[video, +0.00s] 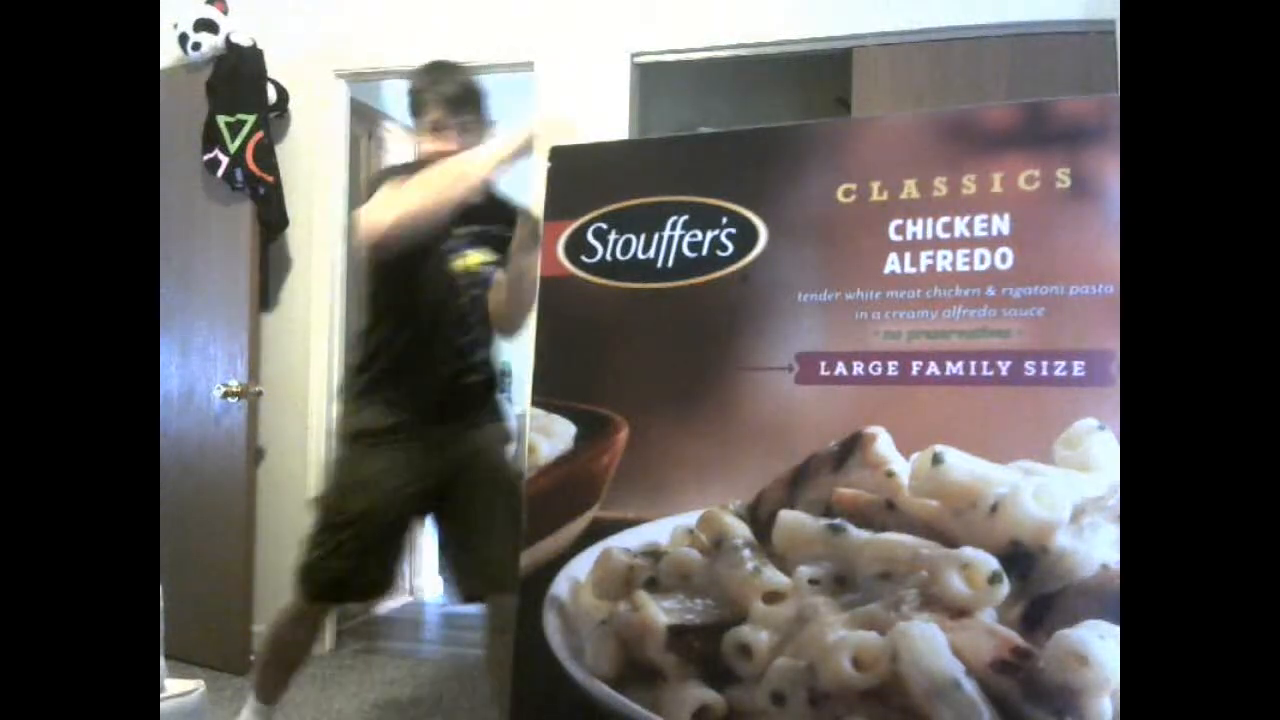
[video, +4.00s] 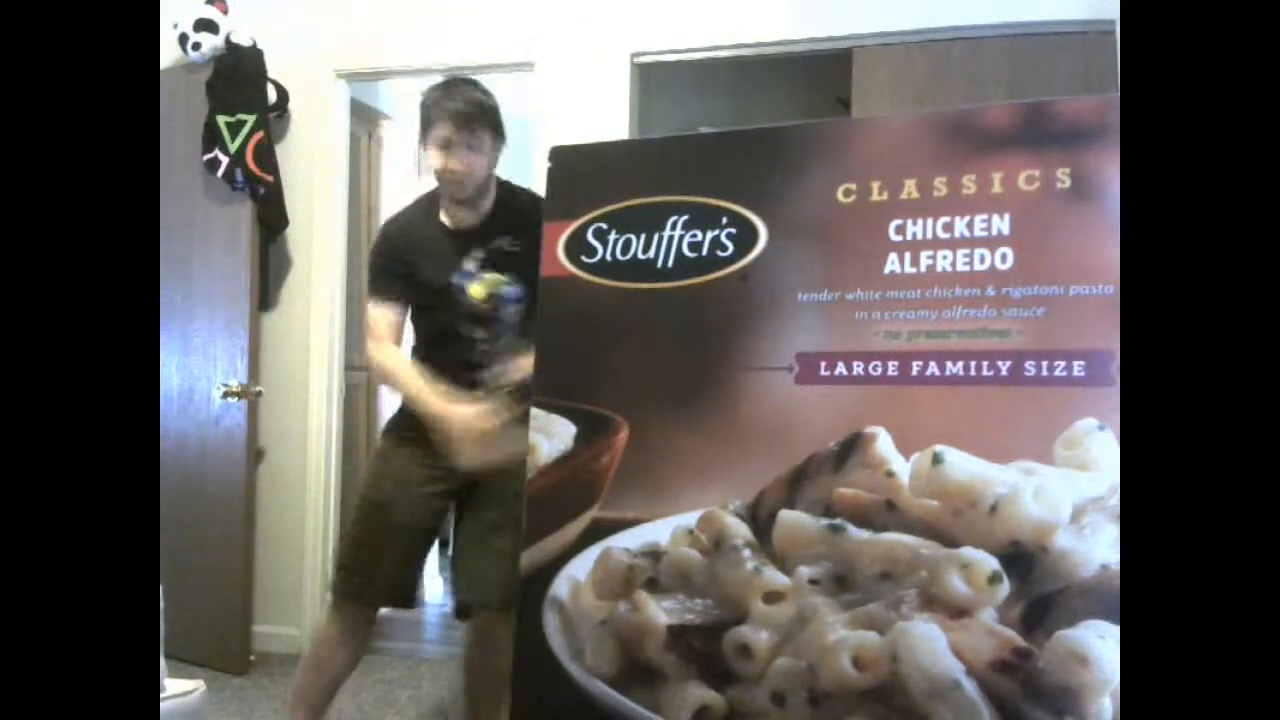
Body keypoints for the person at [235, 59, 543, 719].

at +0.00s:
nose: (446, 144)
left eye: (460, 131)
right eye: (434, 130)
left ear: (484, 133)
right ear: (415, 131)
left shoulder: (503, 219)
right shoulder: (392, 189)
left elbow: (507, 321)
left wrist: (527, 247)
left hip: (472, 428)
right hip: (384, 429)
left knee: (507, 597)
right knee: (318, 594)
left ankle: (515, 716)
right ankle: (256, 710)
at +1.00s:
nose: (424, 136)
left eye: (435, 120)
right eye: (407, 118)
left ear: (449, 128)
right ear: (369, 125)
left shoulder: (470, 207)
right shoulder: (358, 205)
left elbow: (555, 213)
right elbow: (346, 197)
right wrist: (364, 149)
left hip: (462, 421)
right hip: (375, 425)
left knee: (501, 589)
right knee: (315, 597)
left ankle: (512, 713)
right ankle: (261, 710)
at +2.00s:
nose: (415, 172)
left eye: (420, 154)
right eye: (412, 156)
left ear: (460, 145)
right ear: (456, 149)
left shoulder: (525, 206)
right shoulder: (477, 215)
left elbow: (451, 259)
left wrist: (361, 275)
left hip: (534, 439)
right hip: (478, 429)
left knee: (498, 630)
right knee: (415, 613)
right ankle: (374, 713)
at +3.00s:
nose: (387, 87)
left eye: (400, 74)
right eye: (370, 73)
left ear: (412, 86)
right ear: (338, 83)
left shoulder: (426, 176)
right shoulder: (308, 145)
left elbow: (518, 213)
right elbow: (269, 57)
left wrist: (493, 156)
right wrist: (343, 56)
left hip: (407, 404)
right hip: (315, 402)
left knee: (455, 586)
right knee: (283, 603)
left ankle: (480, 716)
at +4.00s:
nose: (452, 162)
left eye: (468, 148)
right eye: (441, 146)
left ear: (496, 152)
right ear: (425, 151)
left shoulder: (540, 225)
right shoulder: (403, 235)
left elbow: (586, 321)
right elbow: (380, 348)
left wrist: (529, 364)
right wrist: (450, 411)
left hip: (508, 428)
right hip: (424, 423)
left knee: (493, 609)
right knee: (355, 598)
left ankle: (488, 717)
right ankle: (300, 713)